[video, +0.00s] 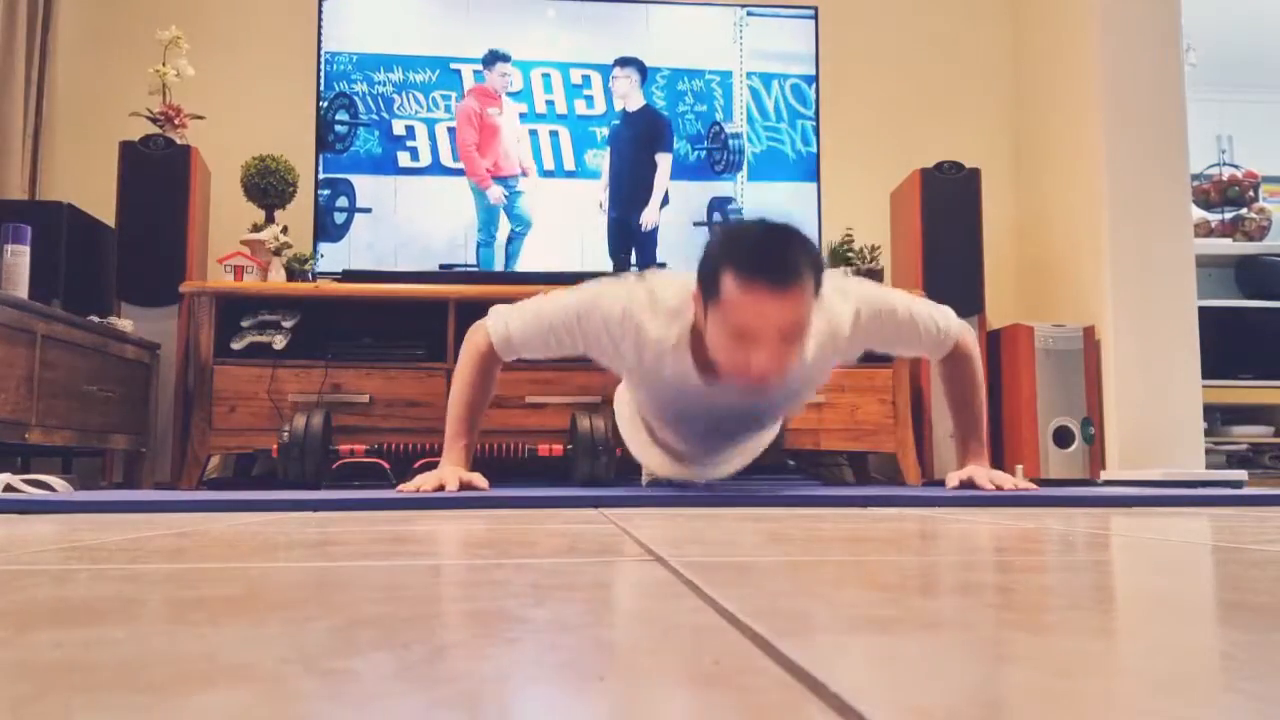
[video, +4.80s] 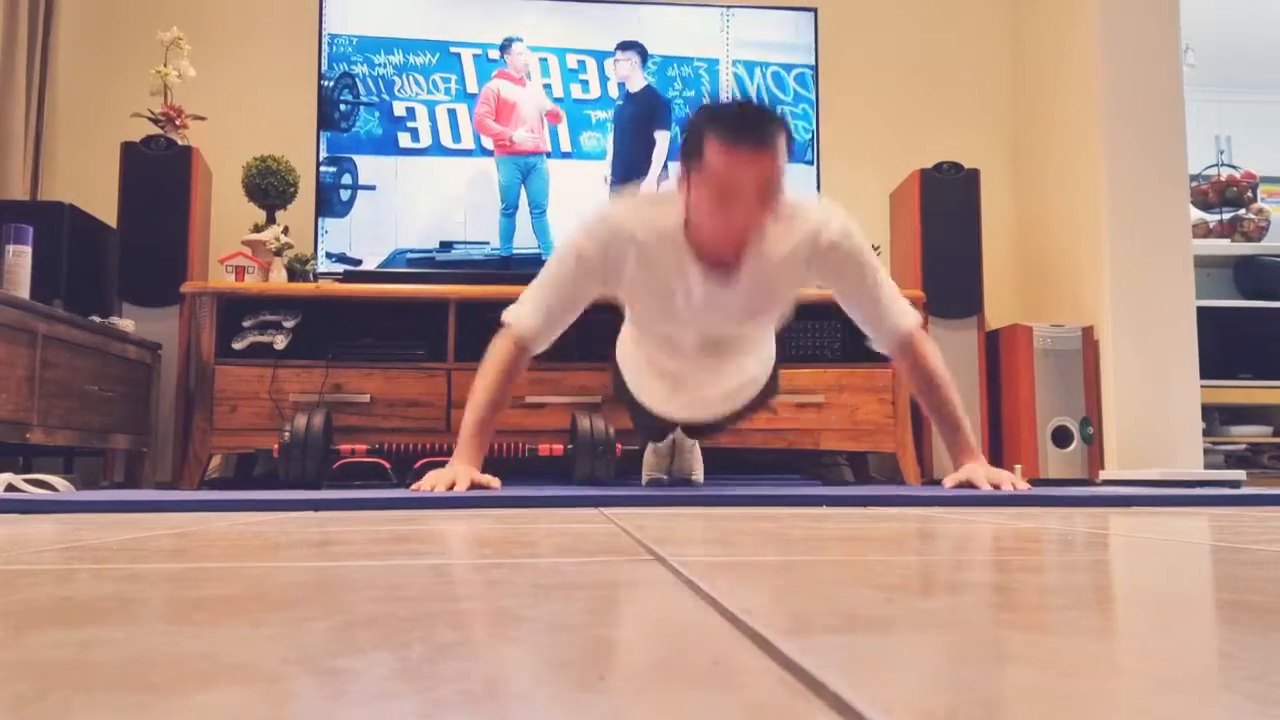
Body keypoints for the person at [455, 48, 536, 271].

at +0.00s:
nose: (508, 81)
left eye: (510, 75)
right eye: (502, 75)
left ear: (511, 76)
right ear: (487, 74)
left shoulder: (508, 104)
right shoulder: (470, 105)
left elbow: (517, 140)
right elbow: (466, 150)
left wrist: (526, 165)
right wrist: (488, 186)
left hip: (511, 179)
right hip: (486, 181)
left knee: (523, 222)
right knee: (487, 235)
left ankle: (510, 274)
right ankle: (487, 284)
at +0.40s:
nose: (531, 81)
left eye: (535, 76)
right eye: (526, 75)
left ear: (539, 76)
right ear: (514, 73)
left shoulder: (544, 107)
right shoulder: (496, 103)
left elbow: (555, 144)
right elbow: (477, 139)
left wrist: (555, 177)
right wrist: (470, 176)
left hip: (535, 179)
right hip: (503, 178)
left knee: (539, 230)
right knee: (497, 230)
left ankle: (541, 277)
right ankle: (489, 278)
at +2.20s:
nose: (529, 67)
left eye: (531, 62)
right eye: (524, 62)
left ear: (533, 65)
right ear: (509, 63)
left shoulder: (539, 96)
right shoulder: (491, 96)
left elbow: (559, 129)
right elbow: (475, 132)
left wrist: (553, 144)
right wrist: (471, 169)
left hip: (534, 171)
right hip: (503, 171)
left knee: (532, 224)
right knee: (500, 224)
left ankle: (535, 271)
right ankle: (491, 270)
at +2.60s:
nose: (528, 70)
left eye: (530, 65)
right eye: (523, 65)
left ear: (532, 66)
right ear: (508, 64)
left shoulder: (536, 95)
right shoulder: (491, 95)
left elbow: (560, 125)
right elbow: (474, 132)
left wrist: (557, 127)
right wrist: (491, 159)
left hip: (536, 169)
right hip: (507, 169)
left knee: (532, 223)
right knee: (501, 223)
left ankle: (535, 270)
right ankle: (490, 268)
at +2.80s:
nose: (528, 70)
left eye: (530, 65)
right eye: (523, 65)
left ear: (532, 65)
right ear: (508, 64)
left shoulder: (537, 93)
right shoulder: (491, 94)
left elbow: (549, 120)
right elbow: (476, 131)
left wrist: (561, 134)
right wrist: (514, 130)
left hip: (536, 167)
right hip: (507, 168)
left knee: (533, 221)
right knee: (501, 221)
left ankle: (536, 268)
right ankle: (491, 265)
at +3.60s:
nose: (548, 74)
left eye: (550, 68)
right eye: (544, 68)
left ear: (552, 67)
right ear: (527, 66)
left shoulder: (554, 93)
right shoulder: (510, 95)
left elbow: (574, 106)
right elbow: (501, 134)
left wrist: (588, 112)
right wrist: (538, 147)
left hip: (544, 168)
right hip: (517, 167)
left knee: (538, 217)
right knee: (508, 216)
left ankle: (539, 264)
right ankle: (496, 260)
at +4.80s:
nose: (526, 58)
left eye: (526, 54)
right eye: (520, 55)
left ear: (528, 56)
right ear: (506, 58)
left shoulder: (534, 88)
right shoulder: (494, 87)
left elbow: (556, 118)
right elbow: (480, 120)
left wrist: (552, 112)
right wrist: (512, 135)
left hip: (537, 157)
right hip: (509, 158)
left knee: (540, 209)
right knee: (509, 208)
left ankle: (548, 254)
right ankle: (506, 254)